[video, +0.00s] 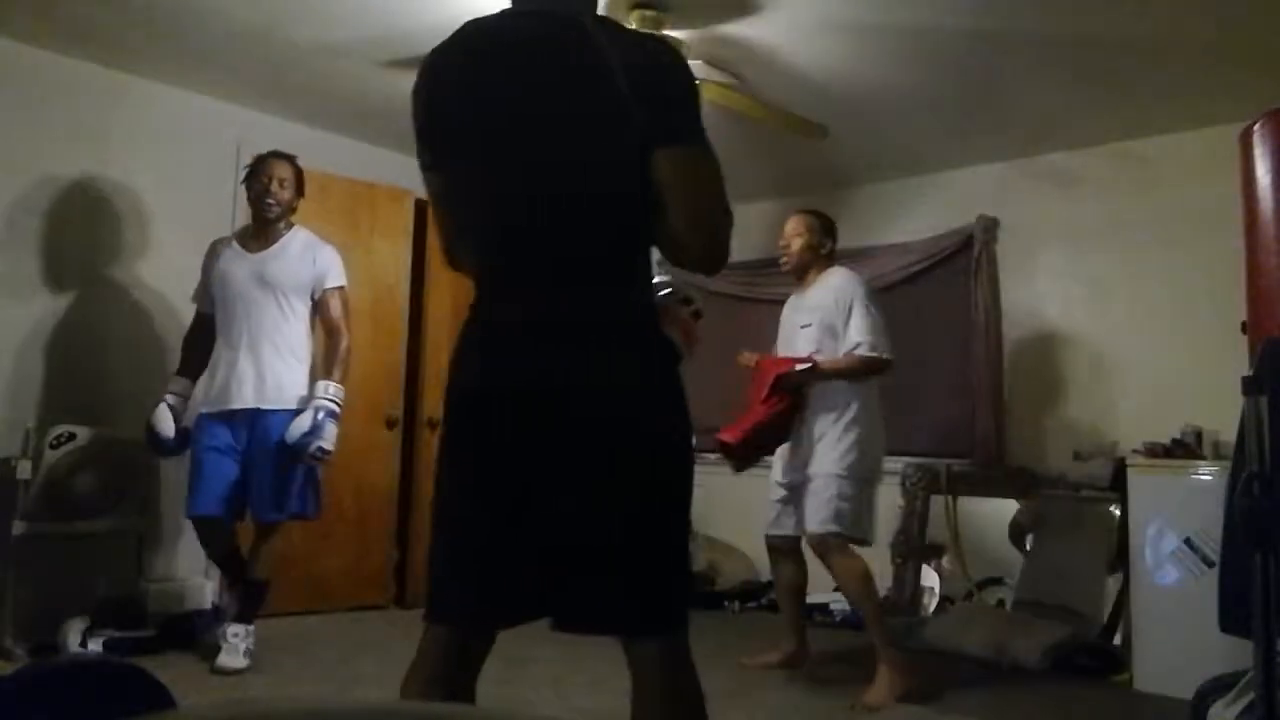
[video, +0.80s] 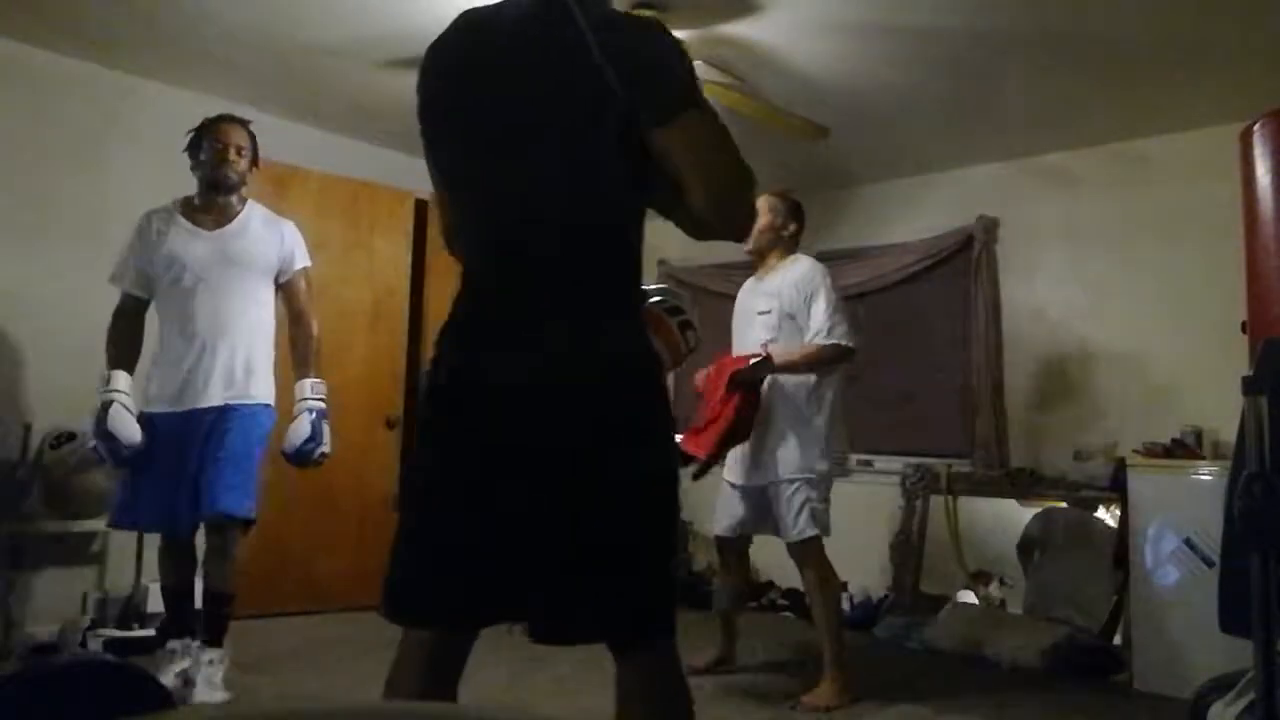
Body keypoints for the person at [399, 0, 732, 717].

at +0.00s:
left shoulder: (447, 65)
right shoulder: (646, 59)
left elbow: (461, 249)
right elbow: (702, 243)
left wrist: (641, 308)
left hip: (496, 365)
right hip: (622, 365)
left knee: (452, 638)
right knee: (656, 643)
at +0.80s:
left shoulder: (449, 50)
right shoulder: (634, 41)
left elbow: (456, 234)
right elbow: (726, 213)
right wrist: (631, 162)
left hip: (478, 370)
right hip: (604, 374)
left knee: (433, 635)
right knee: (644, 646)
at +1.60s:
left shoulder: (597, 64)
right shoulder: (810, 71)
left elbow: (584, 247)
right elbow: (891, 234)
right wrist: (775, 220)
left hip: (610, 358)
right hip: (732, 366)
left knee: (532, 611)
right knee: (709, 638)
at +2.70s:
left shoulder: (490, 36)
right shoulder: (703, 40)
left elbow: (540, 193)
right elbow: (796, 200)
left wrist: (685, 248)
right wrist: (685, 173)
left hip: (523, 353)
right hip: (650, 360)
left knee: (478, 636)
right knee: (669, 644)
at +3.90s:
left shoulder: (456, 52)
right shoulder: (671, 42)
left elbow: (499, 217)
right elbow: (778, 189)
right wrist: (679, 139)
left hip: (510, 361)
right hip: (635, 365)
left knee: (471, 639)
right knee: (661, 644)